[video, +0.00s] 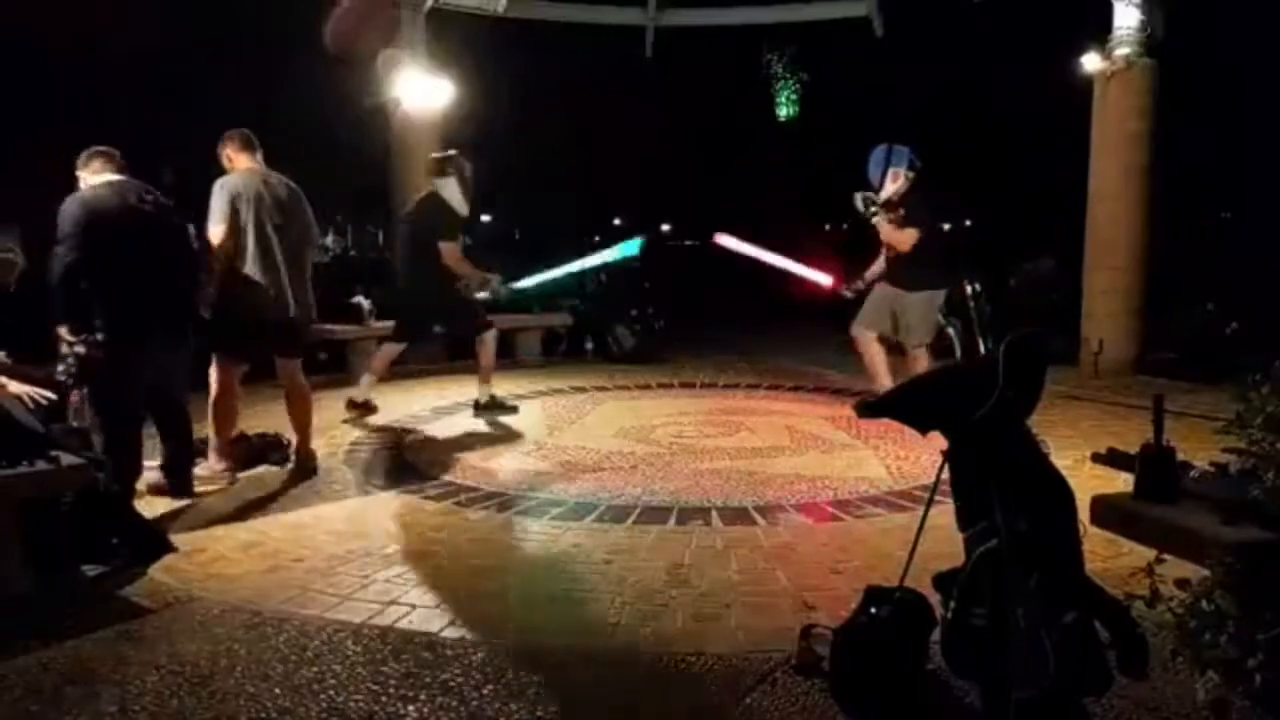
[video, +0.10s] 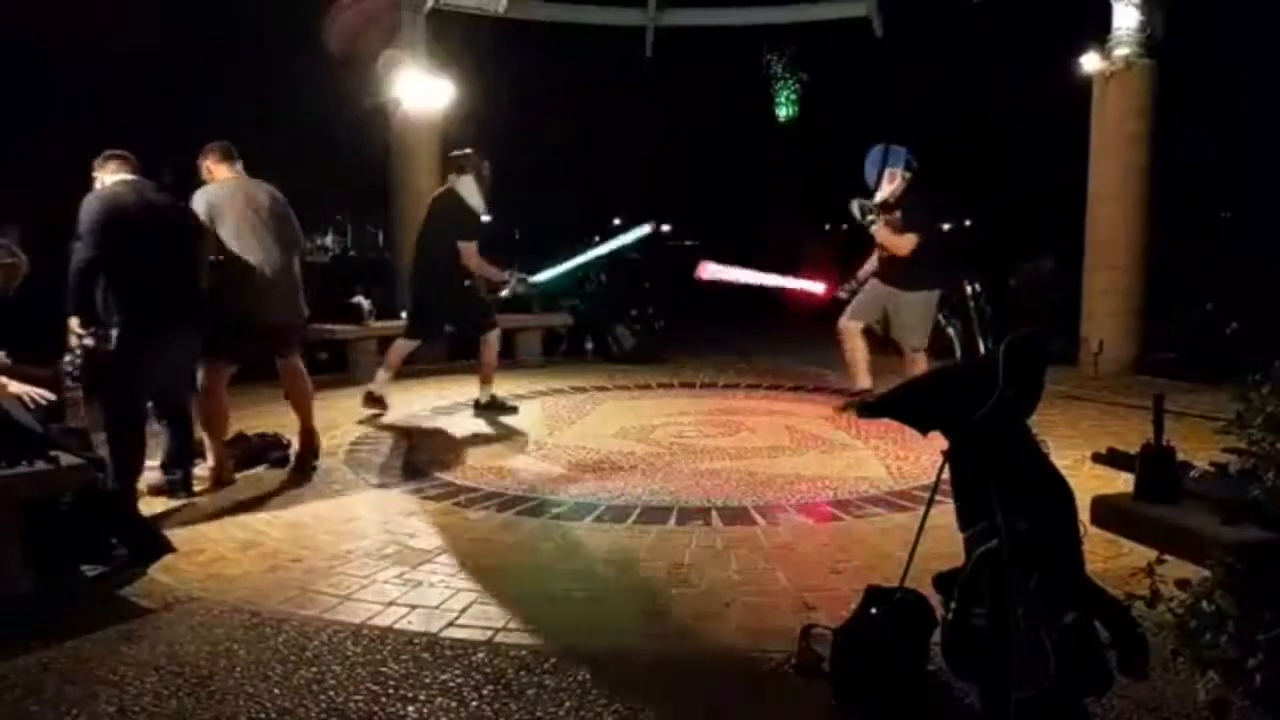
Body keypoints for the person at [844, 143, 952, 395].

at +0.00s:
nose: (883, 187)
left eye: (886, 179)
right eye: (882, 180)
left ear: (900, 175)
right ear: (887, 177)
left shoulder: (921, 202)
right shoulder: (894, 204)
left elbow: (906, 242)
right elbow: (888, 254)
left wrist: (876, 218)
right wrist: (863, 281)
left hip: (924, 286)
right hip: (894, 282)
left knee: (916, 347)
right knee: (863, 332)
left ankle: (921, 401)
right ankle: (887, 394)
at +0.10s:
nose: (880, 187)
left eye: (884, 180)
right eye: (878, 180)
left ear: (899, 176)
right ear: (877, 177)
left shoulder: (919, 204)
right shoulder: (888, 205)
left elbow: (904, 247)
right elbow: (882, 252)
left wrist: (873, 224)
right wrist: (856, 282)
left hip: (918, 288)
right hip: (885, 281)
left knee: (914, 352)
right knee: (849, 325)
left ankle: (920, 407)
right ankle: (863, 391)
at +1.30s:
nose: (814, 191)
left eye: (818, 184)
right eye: (811, 184)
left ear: (830, 183)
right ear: (805, 184)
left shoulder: (851, 206)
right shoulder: (807, 217)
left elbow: (873, 250)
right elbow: (797, 260)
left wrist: (831, 263)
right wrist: (759, 266)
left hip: (868, 293)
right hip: (829, 292)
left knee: (877, 356)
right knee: (807, 347)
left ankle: (911, 417)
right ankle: (795, 414)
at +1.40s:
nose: (809, 194)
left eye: (813, 187)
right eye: (806, 187)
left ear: (824, 187)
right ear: (799, 188)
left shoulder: (845, 212)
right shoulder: (800, 224)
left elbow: (867, 257)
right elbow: (782, 262)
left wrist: (831, 278)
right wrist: (748, 271)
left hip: (866, 296)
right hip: (825, 296)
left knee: (874, 357)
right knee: (801, 347)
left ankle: (909, 417)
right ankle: (795, 415)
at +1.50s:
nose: (805, 197)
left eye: (810, 190)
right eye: (801, 191)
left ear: (824, 190)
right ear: (794, 192)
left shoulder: (840, 212)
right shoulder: (798, 226)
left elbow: (860, 258)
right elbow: (782, 265)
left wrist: (832, 287)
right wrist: (749, 282)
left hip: (865, 295)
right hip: (824, 298)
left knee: (876, 357)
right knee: (802, 348)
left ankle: (912, 416)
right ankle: (796, 415)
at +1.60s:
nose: (815, 197)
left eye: (820, 189)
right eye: (810, 190)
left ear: (830, 188)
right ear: (801, 191)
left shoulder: (846, 211)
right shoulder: (806, 224)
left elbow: (863, 257)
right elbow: (803, 271)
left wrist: (833, 286)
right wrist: (775, 297)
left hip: (872, 296)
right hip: (833, 298)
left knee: (879, 358)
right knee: (810, 347)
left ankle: (920, 412)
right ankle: (797, 414)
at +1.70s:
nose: (826, 193)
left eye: (830, 185)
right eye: (823, 186)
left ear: (843, 184)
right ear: (819, 187)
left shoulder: (863, 209)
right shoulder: (825, 219)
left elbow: (877, 258)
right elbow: (832, 259)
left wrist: (838, 280)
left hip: (883, 294)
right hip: (848, 294)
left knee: (887, 360)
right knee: (823, 349)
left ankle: (926, 412)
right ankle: (800, 413)